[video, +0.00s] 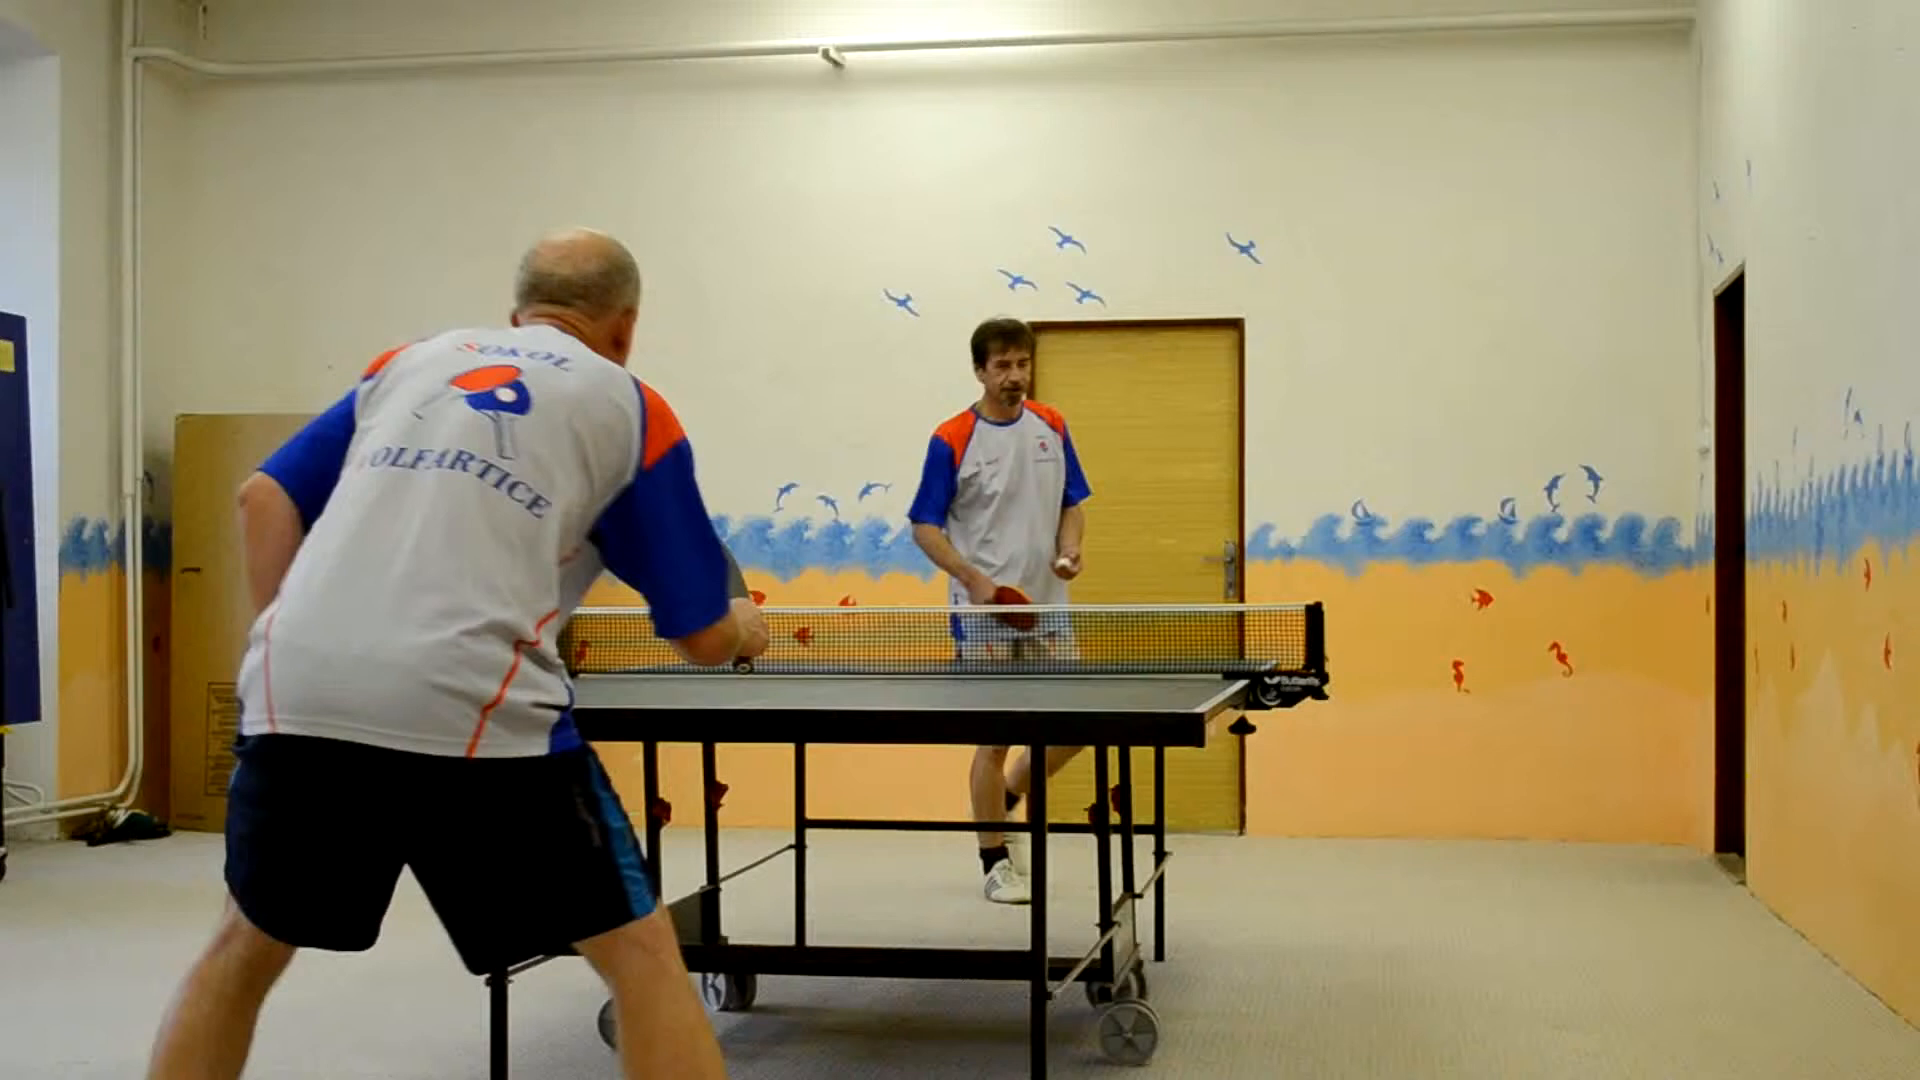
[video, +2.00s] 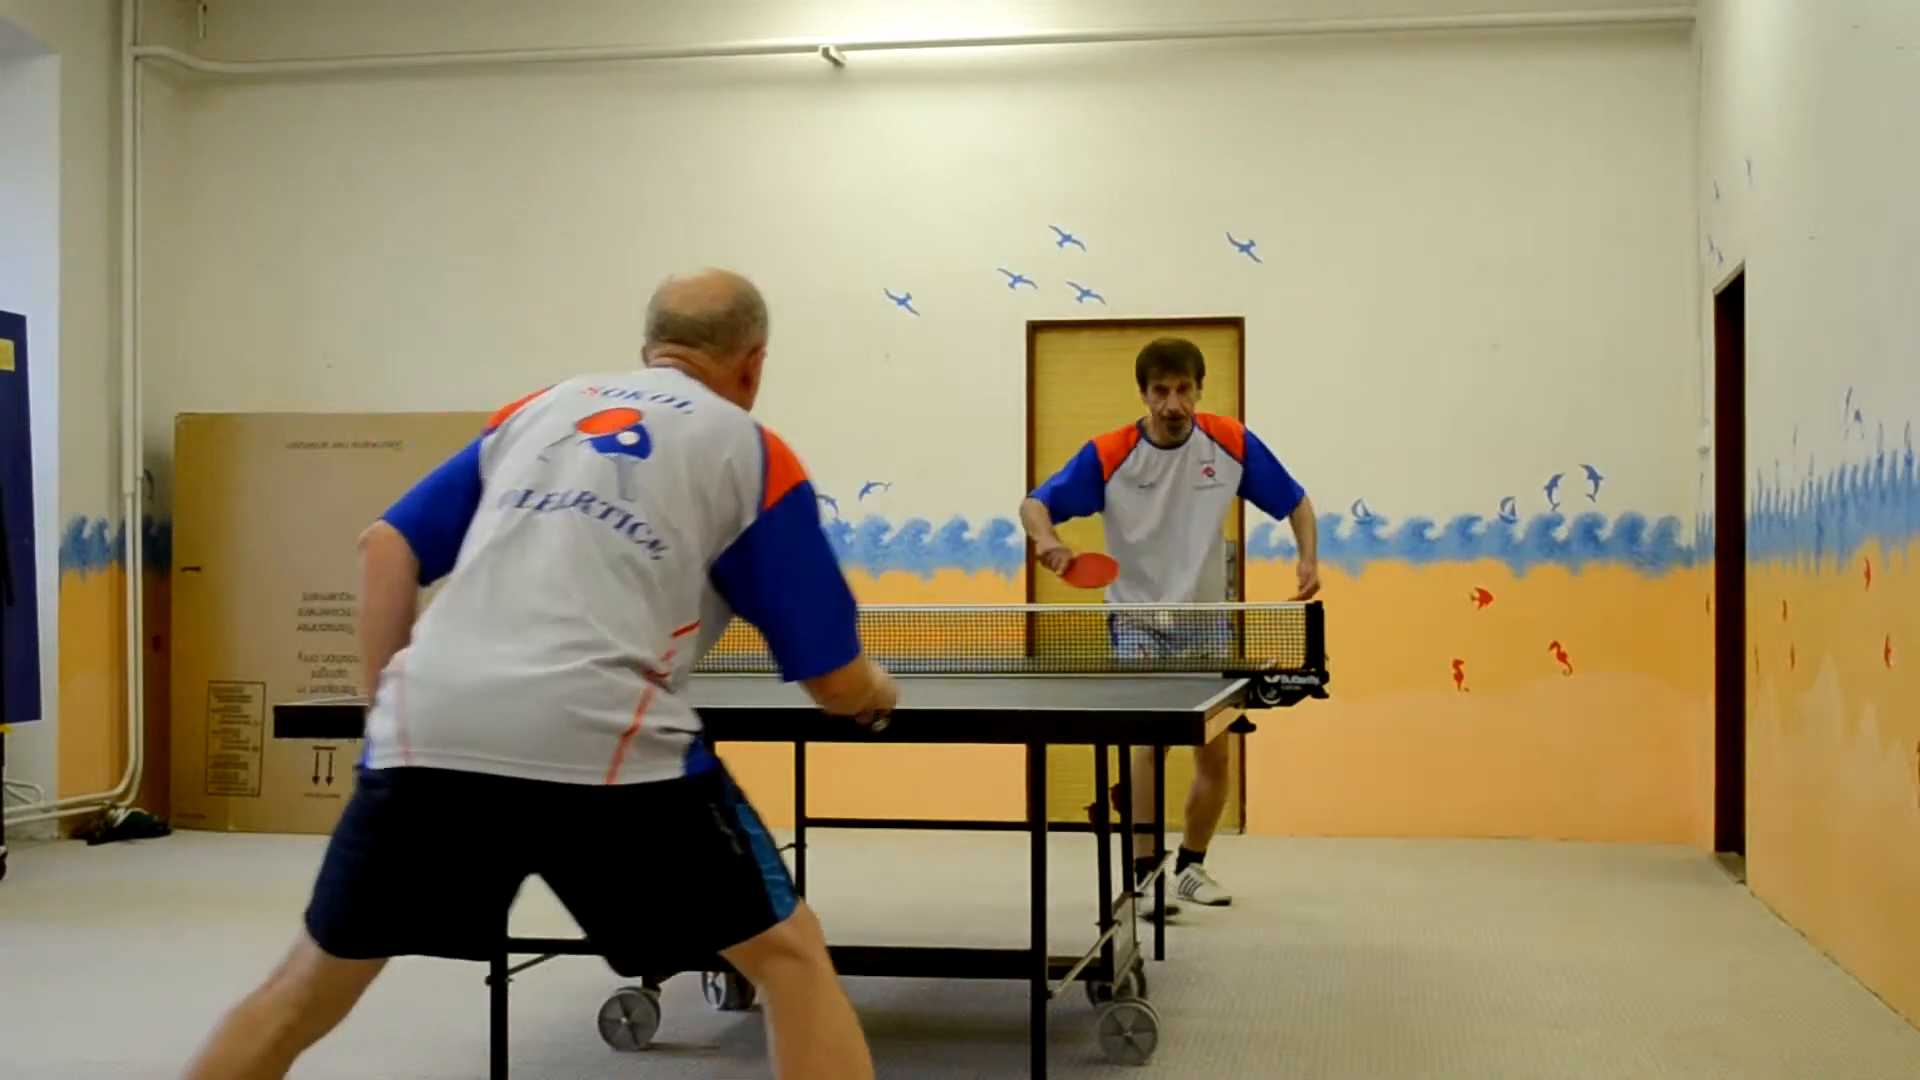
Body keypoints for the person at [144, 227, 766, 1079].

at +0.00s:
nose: (633, 343)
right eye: (634, 329)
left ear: (521, 310)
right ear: (622, 328)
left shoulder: (404, 364)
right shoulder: (630, 408)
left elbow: (269, 494)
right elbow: (707, 635)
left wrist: (288, 651)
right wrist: (742, 627)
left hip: (298, 700)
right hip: (481, 714)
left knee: (242, 948)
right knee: (640, 956)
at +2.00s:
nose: (761, 377)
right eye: (762, 364)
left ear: (645, 346)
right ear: (749, 362)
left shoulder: (533, 414)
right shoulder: (750, 453)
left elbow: (390, 545)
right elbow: (837, 681)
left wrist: (390, 715)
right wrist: (874, 692)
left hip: (427, 747)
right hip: (614, 754)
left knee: (300, 989)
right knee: (790, 964)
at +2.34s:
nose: (815, 338)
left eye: (813, 321)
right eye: (818, 322)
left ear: (705, 297)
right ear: (801, 320)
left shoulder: (574, 362)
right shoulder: (800, 447)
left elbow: (413, 476)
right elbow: (882, 627)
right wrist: (977, 644)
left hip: (486, 737)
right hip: (669, 750)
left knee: (395, 980)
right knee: (814, 934)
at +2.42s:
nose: (823, 361)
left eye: (826, 342)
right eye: (825, 343)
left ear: (714, 308)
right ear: (803, 340)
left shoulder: (574, 366)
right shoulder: (795, 471)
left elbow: (388, 437)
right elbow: (884, 637)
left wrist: (302, 494)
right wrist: (1012, 653)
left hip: (472, 746)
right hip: (657, 759)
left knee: (385, 981)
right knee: (810, 889)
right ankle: (871, 1078)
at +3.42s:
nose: (732, 364)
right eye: (733, 349)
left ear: (615, 332)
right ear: (725, 352)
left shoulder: (503, 410)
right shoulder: (722, 476)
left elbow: (331, 548)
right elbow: (834, 675)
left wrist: (277, 643)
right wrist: (950, 709)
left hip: (394, 780)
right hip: (582, 805)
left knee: (272, 990)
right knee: (743, 967)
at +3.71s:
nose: (703, 258)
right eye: (706, 242)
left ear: (586, 242)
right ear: (698, 250)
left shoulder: (482, 382)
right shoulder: (719, 417)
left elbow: (420, 596)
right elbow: (759, 656)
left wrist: (336, 778)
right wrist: (815, 696)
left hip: (509, 778)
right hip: (681, 782)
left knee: (431, 971)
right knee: (850, 934)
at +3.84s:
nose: (637, 197)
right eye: (640, 181)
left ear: (511, 198)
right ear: (636, 194)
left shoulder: (436, 358)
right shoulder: (691, 365)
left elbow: (406, 567)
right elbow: (817, 569)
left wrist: (371, 696)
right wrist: (925, 638)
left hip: (497, 753)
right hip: (679, 744)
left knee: (441, 954)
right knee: (857, 911)